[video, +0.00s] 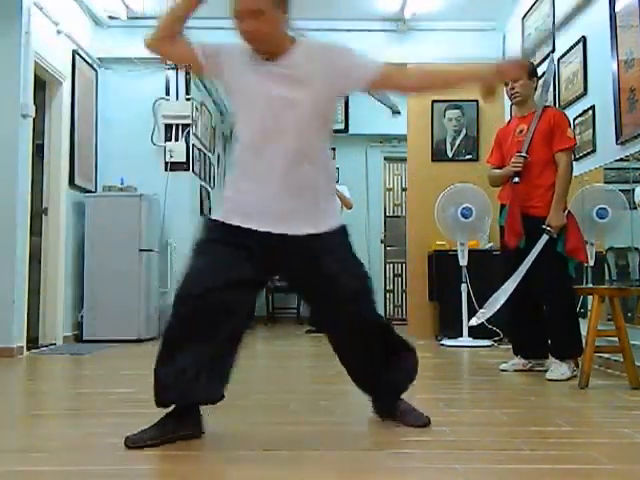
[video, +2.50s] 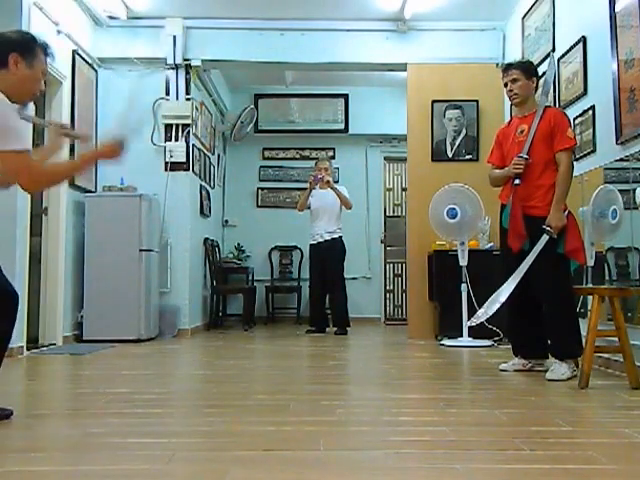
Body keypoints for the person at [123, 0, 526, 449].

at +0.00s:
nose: (243, 27)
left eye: (252, 16)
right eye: (238, 18)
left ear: (281, 13)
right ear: (236, 18)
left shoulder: (326, 60)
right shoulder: (230, 59)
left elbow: (406, 78)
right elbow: (161, 42)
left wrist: (485, 75)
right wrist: (190, 4)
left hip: (314, 223)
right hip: (240, 219)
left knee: (353, 311)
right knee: (197, 308)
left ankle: (388, 398)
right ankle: (184, 413)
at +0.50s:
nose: (417, 155)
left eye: (423, 146)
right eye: (409, 144)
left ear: (428, 144)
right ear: (379, 135)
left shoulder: (390, 176)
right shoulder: (357, 179)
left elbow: (406, 241)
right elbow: (415, 253)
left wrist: (431, 202)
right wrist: (491, 275)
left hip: (362, 273)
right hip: (320, 284)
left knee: (408, 307)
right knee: (361, 357)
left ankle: (395, 402)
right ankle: (339, 383)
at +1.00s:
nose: (279, 56)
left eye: (286, 46)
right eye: (270, 44)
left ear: (291, 45)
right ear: (240, 37)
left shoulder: (288, 85)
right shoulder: (205, 64)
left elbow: (296, 146)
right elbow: (226, 9)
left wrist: (250, 146)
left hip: (247, 234)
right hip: (177, 225)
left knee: (310, 315)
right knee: (144, 313)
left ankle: (341, 395)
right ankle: (150, 434)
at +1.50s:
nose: (124, 5)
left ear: (138, 5)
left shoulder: (141, 53)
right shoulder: (27, 26)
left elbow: (160, 114)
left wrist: (75, 83)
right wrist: (14, 66)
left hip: (60, 224)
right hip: (10, 199)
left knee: (43, 335)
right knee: (47, 306)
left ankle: (18, 456)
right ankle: (14, 455)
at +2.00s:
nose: (66, 53)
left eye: (72, 45)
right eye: (65, 40)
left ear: (64, 42)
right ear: (36, 24)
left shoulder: (26, 86)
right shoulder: (8, 73)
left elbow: (53, 116)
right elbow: (16, 45)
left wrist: (100, 119)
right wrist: (27, 5)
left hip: (6, 225)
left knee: (11, 304)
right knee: (12, 298)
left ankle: (2, 438)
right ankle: (6, 399)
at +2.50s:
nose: (42, 86)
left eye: (44, 78)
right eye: (40, 75)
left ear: (14, 66)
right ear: (14, 64)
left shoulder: (8, 110)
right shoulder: (6, 110)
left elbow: (14, 173)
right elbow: (32, 180)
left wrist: (54, 144)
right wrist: (93, 156)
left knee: (8, 301)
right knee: (7, 302)